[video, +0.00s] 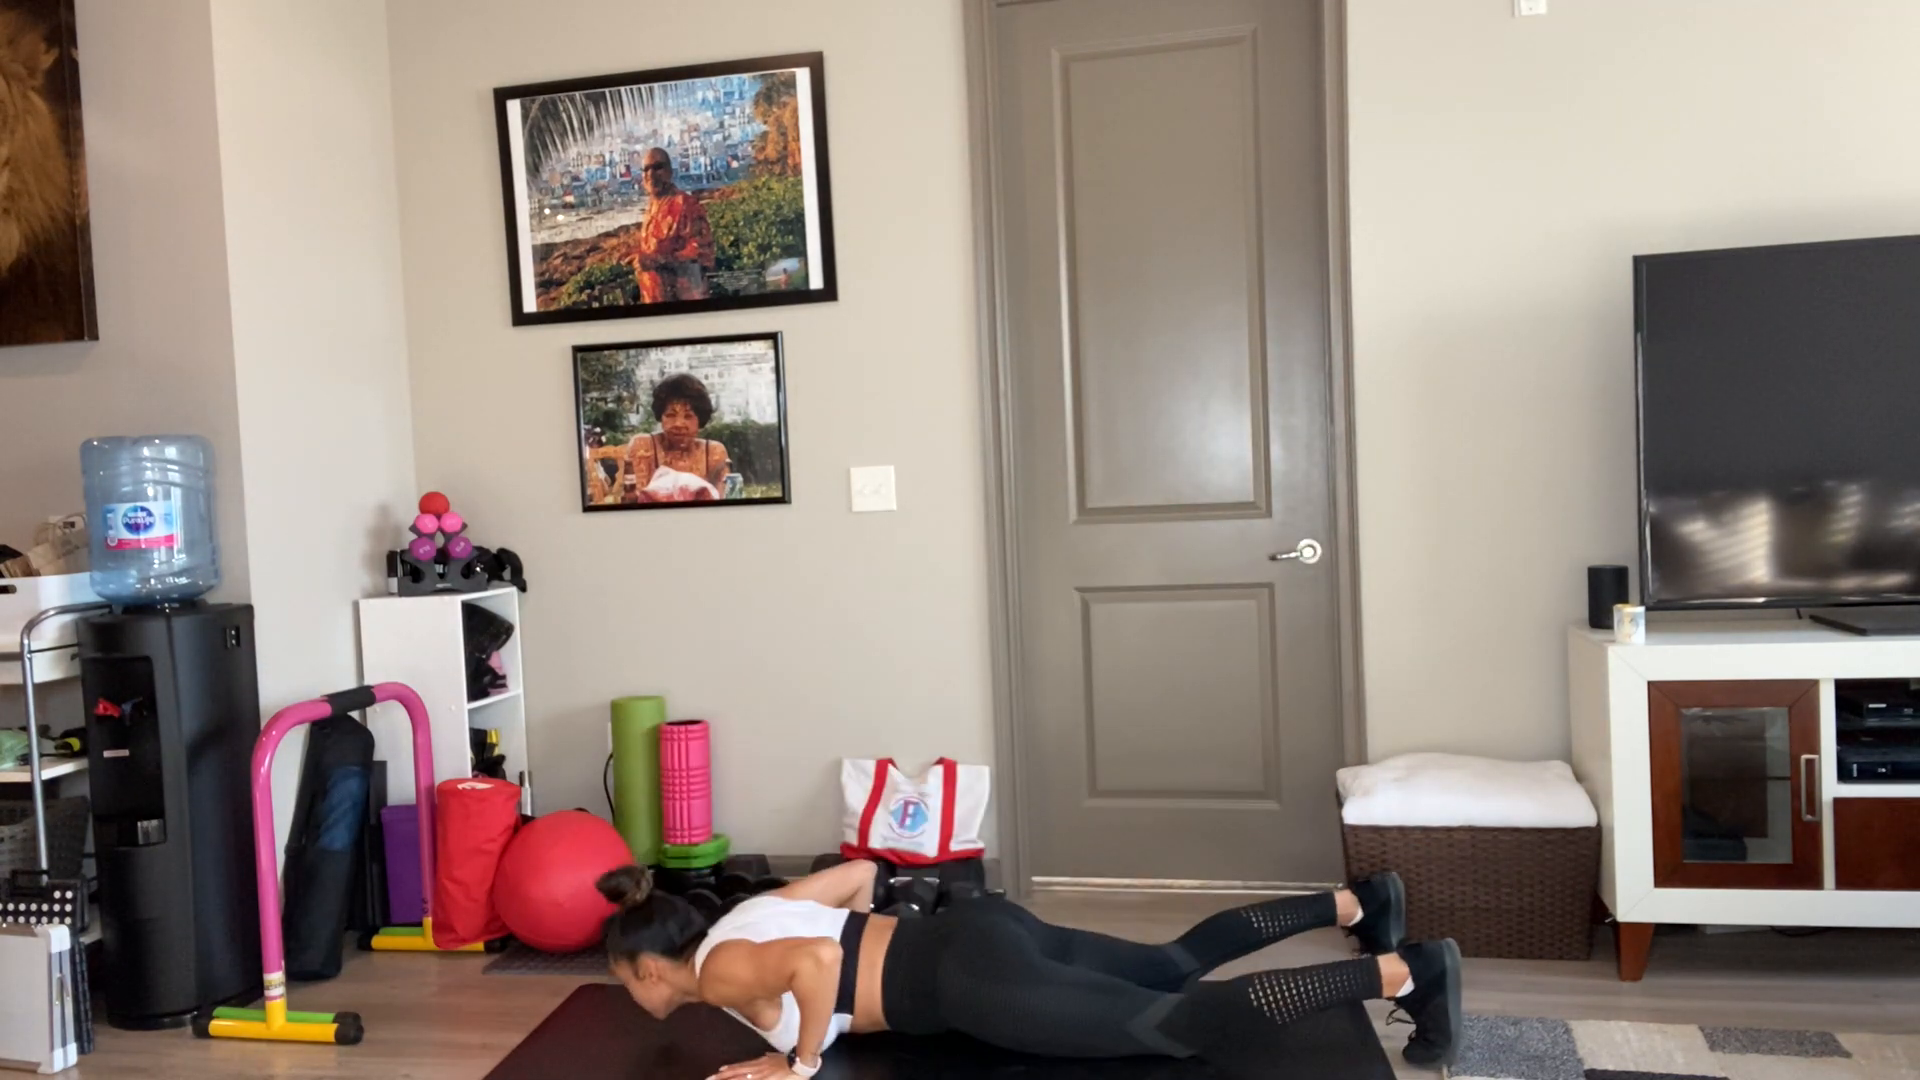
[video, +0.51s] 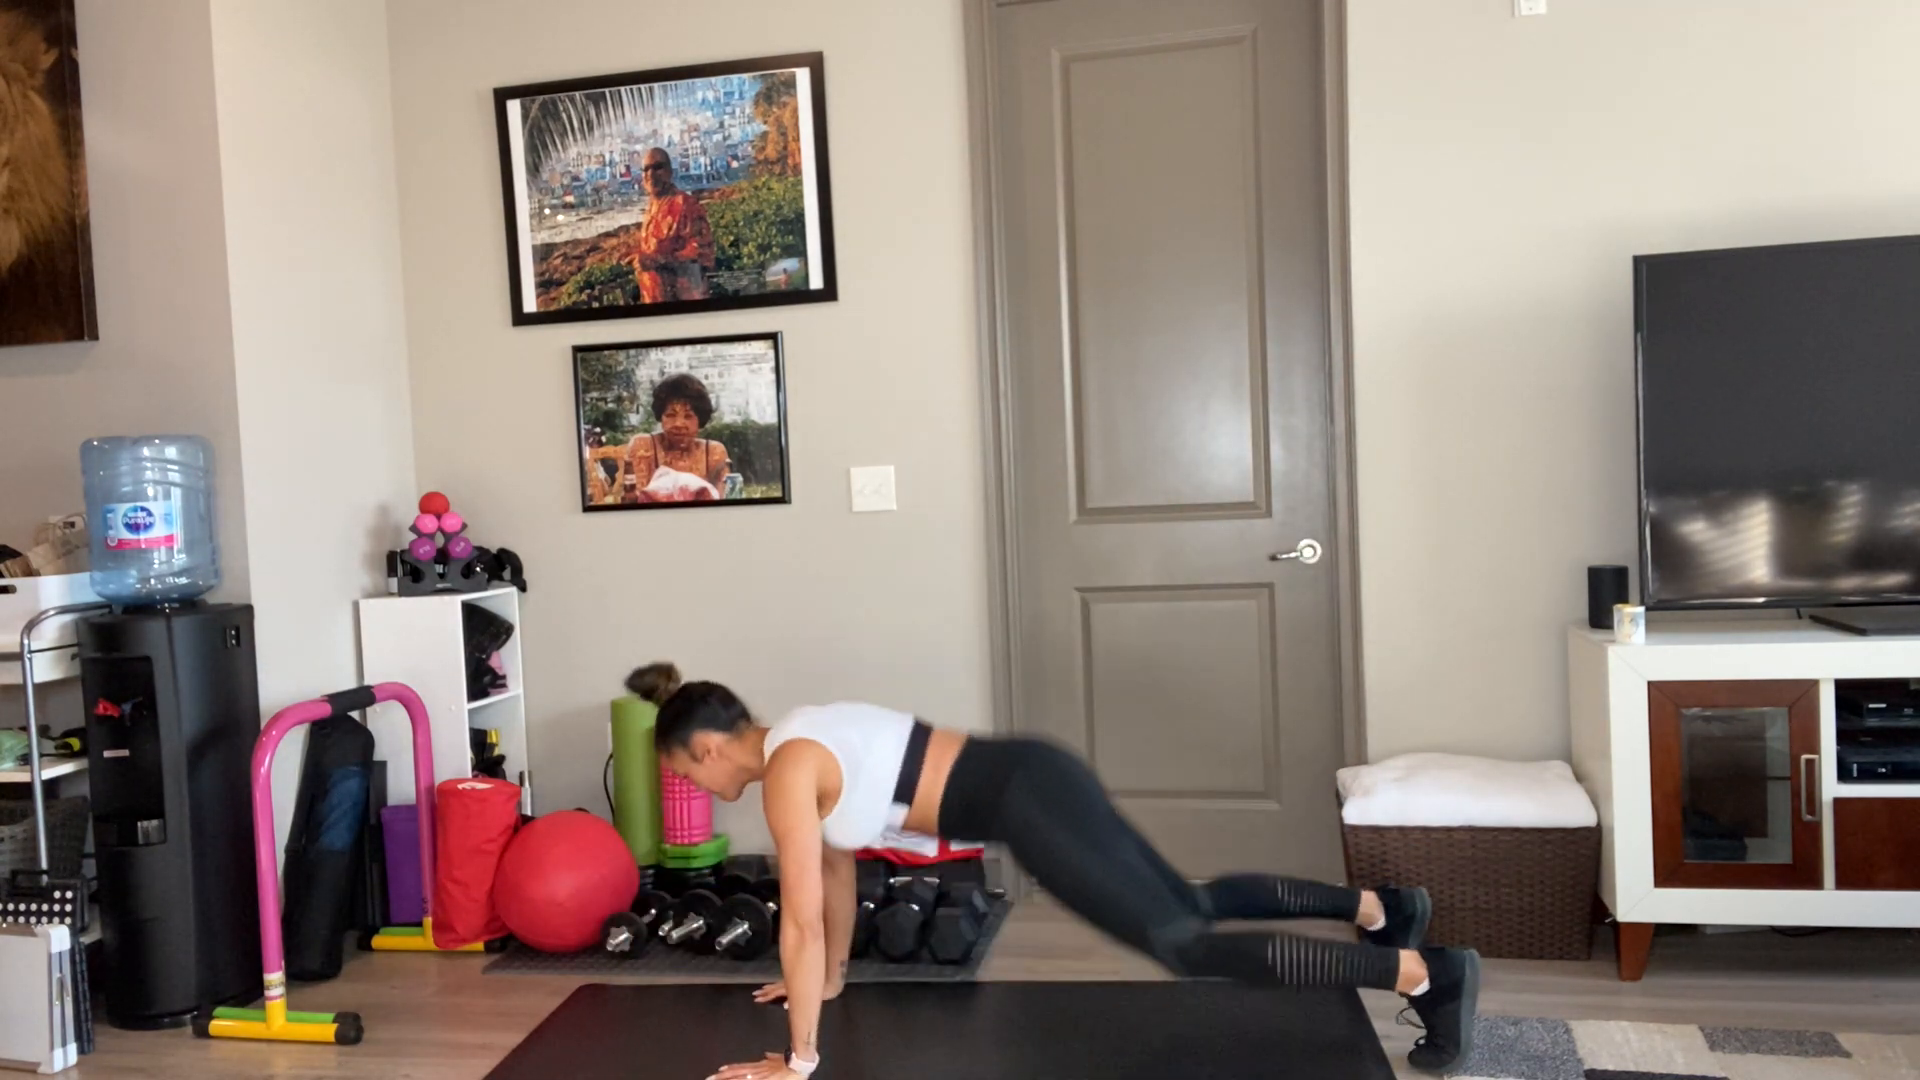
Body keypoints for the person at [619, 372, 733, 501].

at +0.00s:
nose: (679, 424)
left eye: (688, 416)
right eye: (670, 415)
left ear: (701, 420)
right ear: (660, 418)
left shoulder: (715, 451)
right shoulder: (641, 446)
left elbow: (721, 500)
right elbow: (634, 499)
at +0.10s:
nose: (679, 424)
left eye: (688, 416)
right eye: (670, 415)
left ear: (701, 420)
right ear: (660, 418)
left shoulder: (715, 451)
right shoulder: (641, 446)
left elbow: (721, 500)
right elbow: (634, 499)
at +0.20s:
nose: (679, 424)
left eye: (688, 416)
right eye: (671, 415)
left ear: (701, 420)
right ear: (660, 418)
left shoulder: (715, 451)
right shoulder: (641, 446)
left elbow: (719, 500)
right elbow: (637, 499)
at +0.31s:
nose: (679, 424)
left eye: (688, 416)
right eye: (671, 415)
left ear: (701, 420)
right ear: (660, 418)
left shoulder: (715, 451)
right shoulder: (641, 446)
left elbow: (720, 501)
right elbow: (638, 499)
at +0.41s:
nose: (679, 424)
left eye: (688, 416)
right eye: (671, 415)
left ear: (701, 420)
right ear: (660, 418)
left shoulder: (715, 451)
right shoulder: (641, 446)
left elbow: (720, 500)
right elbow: (637, 499)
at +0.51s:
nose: (679, 424)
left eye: (688, 416)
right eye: (670, 415)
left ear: (701, 420)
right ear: (660, 418)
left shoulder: (715, 451)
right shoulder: (641, 446)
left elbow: (719, 501)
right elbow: (638, 499)